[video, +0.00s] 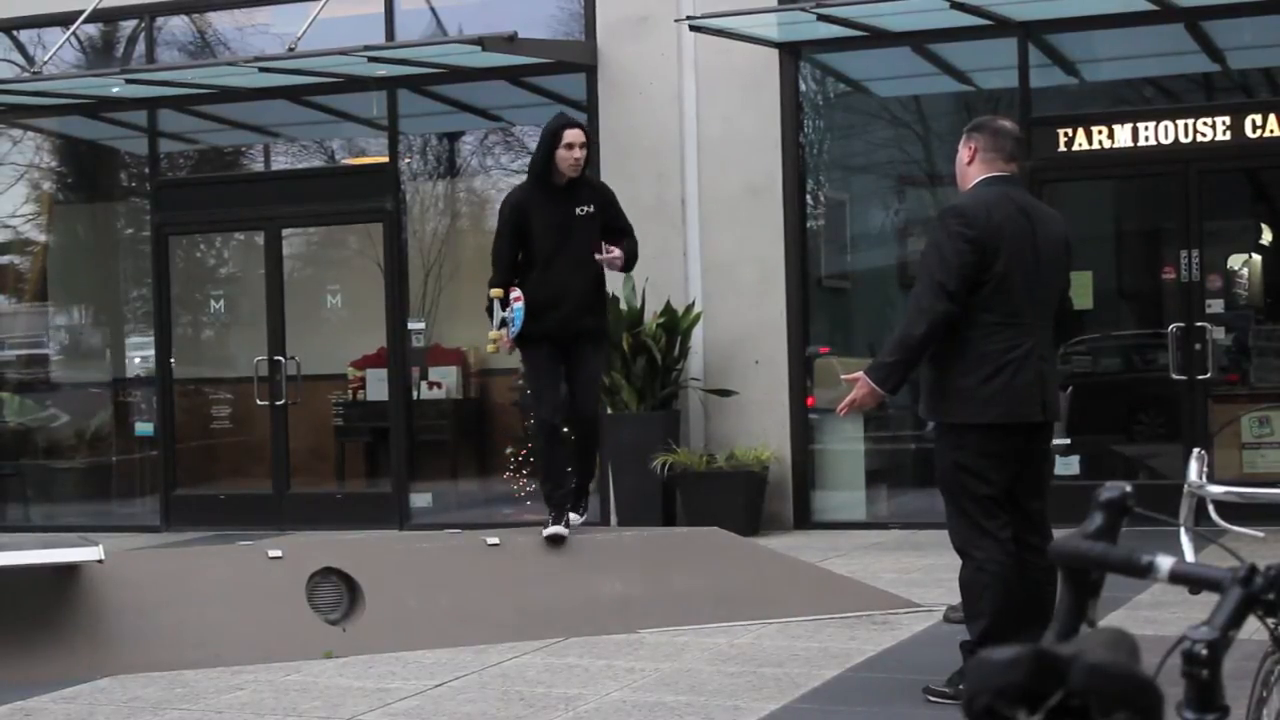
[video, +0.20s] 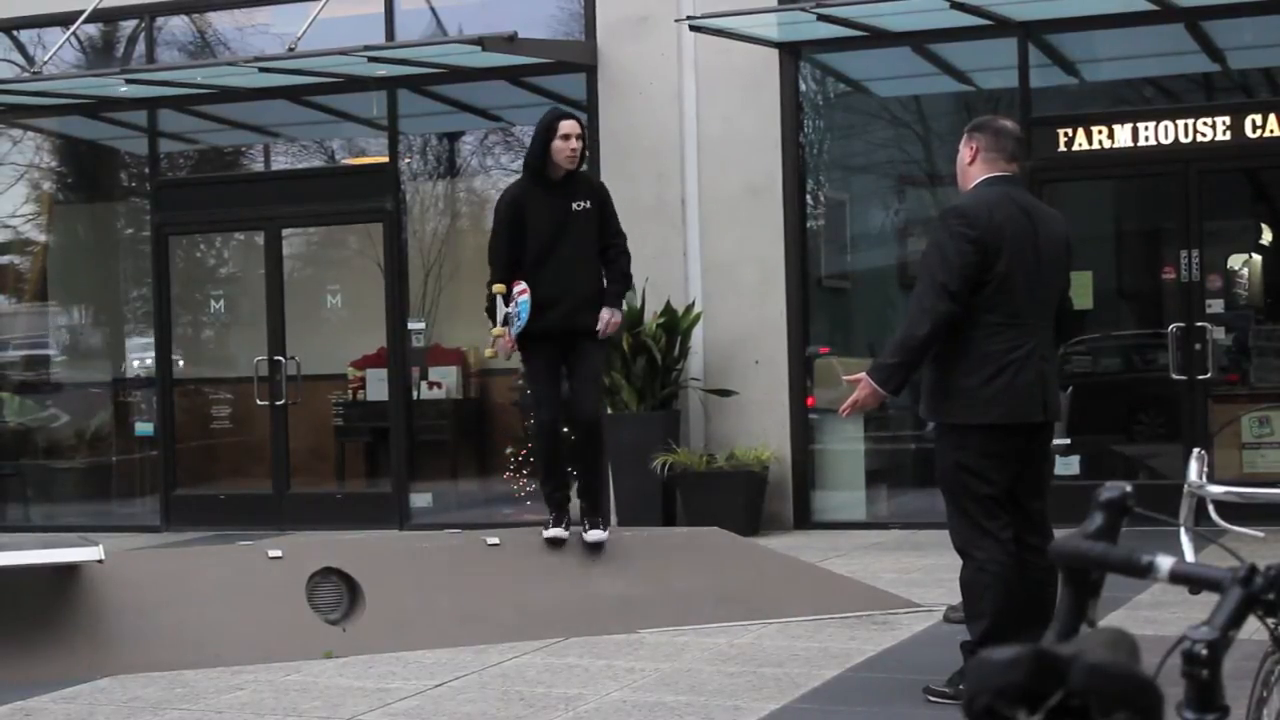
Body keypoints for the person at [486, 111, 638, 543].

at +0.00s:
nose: (577, 155)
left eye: (582, 147)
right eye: (569, 147)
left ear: (587, 152)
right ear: (550, 151)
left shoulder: (597, 194)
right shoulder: (520, 202)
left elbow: (626, 243)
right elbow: (502, 268)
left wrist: (620, 259)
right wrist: (499, 318)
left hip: (588, 323)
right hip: (539, 326)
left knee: (587, 413)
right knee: (548, 416)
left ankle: (581, 493)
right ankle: (557, 511)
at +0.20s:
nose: (574, 145)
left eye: (578, 138)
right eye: (565, 138)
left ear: (583, 144)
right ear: (545, 144)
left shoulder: (593, 192)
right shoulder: (516, 198)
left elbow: (616, 252)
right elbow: (500, 265)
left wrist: (614, 303)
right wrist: (500, 322)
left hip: (587, 324)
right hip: (538, 326)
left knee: (588, 416)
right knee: (546, 419)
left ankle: (593, 512)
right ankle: (557, 511)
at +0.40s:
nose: (579, 155)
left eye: (584, 149)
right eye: (571, 148)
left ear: (589, 156)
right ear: (550, 152)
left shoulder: (598, 205)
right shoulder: (520, 209)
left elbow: (614, 273)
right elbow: (503, 277)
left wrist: (615, 330)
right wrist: (501, 336)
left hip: (588, 340)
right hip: (537, 342)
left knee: (590, 436)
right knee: (546, 435)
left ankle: (590, 538)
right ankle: (559, 510)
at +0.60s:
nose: (594, 189)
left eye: (599, 183)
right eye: (586, 181)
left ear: (603, 192)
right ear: (563, 185)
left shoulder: (609, 243)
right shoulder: (528, 241)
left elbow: (633, 296)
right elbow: (506, 308)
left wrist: (621, 349)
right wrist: (500, 370)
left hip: (589, 378)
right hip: (536, 380)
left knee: (592, 480)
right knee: (539, 477)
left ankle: (589, 588)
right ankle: (562, 509)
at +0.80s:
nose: (605, 232)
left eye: (609, 226)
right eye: (597, 224)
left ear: (612, 236)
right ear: (573, 228)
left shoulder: (617, 292)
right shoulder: (536, 287)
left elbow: (638, 353)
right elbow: (512, 353)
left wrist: (638, 395)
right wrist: (504, 414)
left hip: (603, 424)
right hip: (546, 424)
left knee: (601, 525)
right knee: (544, 524)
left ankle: (591, 618)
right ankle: (555, 538)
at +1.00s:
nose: (603, 213)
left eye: (606, 206)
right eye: (594, 205)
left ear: (607, 215)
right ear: (569, 209)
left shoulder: (614, 267)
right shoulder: (532, 267)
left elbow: (650, 319)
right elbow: (507, 338)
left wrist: (629, 335)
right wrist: (506, 404)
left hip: (604, 412)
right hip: (549, 414)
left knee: (599, 520)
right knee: (556, 518)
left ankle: (591, 614)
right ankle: (556, 624)